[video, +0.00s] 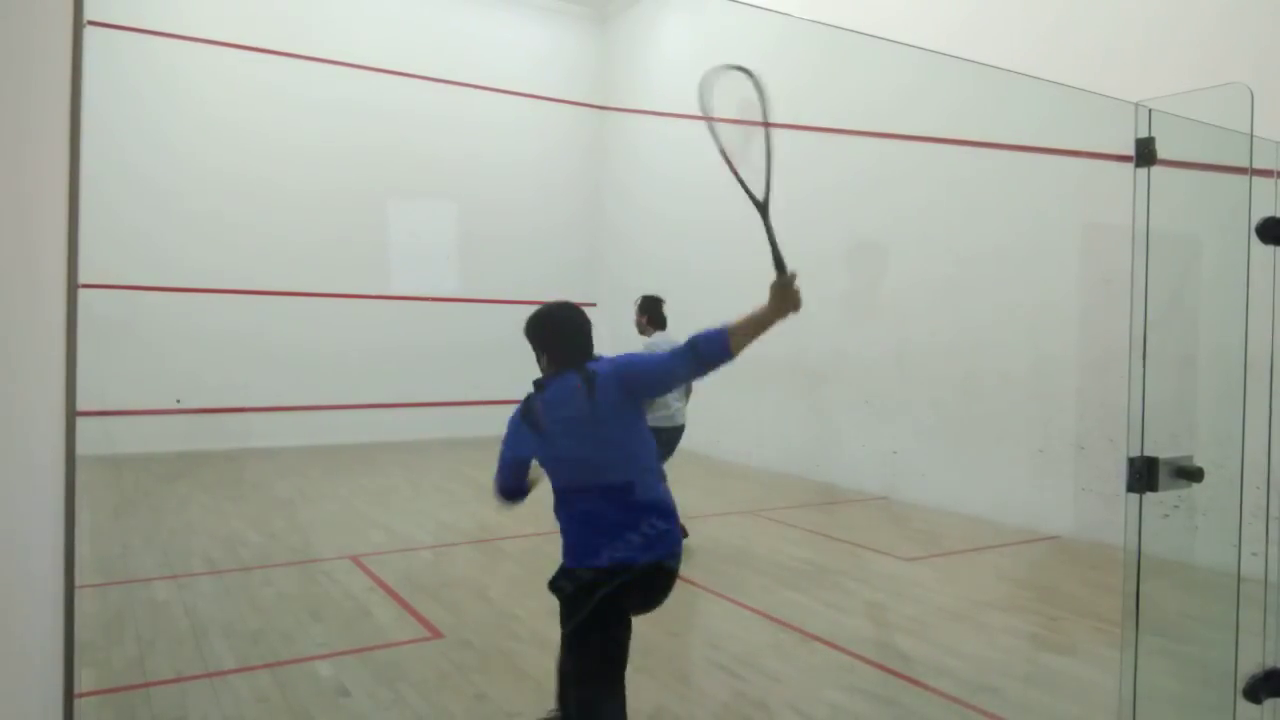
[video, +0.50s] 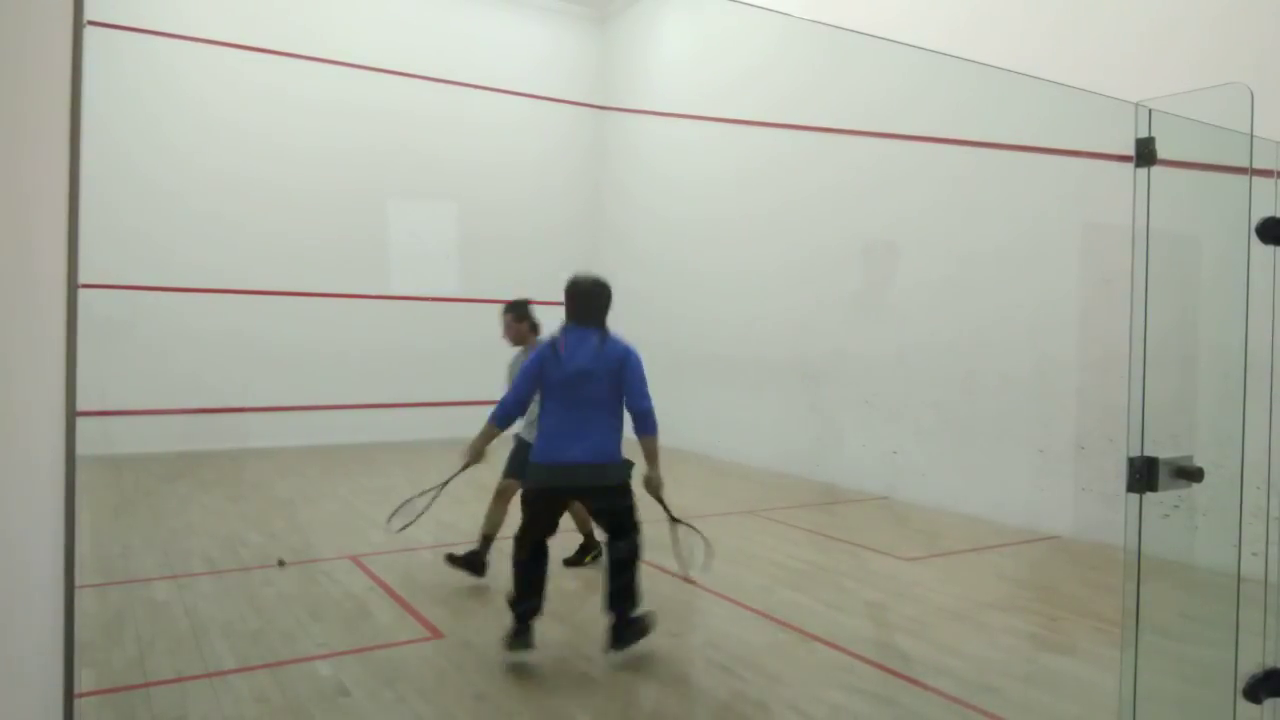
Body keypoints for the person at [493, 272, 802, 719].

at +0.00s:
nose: (538, 357)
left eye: (536, 350)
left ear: (542, 353)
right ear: (589, 340)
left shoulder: (529, 415)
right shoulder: (620, 375)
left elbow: (509, 489)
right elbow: (693, 356)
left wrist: (532, 468)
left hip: (594, 574)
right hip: (658, 568)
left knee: (594, 697)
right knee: (582, 591)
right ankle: (572, 706)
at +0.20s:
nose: (553, 290)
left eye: (551, 282)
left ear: (553, 287)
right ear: (599, 285)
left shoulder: (532, 343)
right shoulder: (626, 331)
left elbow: (516, 422)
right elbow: (670, 389)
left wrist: (534, 469)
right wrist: (718, 438)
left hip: (555, 489)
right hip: (618, 485)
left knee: (535, 593)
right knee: (600, 595)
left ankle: (538, 707)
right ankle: (592, 708)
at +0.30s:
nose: (596, 285)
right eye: (598, 277)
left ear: (555, 283)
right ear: (600, 283)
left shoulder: (533, 334)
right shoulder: (622, 333)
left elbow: (491, 394)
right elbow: (654, 398)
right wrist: (679, 452)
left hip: (544, 482)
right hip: (605, 483)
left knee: (537, 570)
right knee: (595, 586)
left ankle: (529, 667)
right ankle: (588, 707)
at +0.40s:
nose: (595, 286)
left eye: (565, 276)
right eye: (598, 280)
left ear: (557, 281)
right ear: (599, 284)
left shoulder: (528, 332)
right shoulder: (614, 335)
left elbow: (496, 391)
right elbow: (632, 403)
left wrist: (461, 445)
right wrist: (644, 459)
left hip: (535, 476)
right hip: (591, 478)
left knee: (534, 561)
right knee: (596, 566)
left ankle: (533, 658)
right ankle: (576, 654)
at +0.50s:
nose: (566, 309)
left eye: (567, 303)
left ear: (567, 308)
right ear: (606, 310)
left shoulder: (547, 352)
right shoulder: (622, 354)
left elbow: (513, 404)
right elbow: (643, 413)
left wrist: (480, 442)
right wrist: (653, 468)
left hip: (549, 471)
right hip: (604, 473)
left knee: (531, 538)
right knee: (623, 535)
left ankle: (522, 625)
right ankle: (623, 622)